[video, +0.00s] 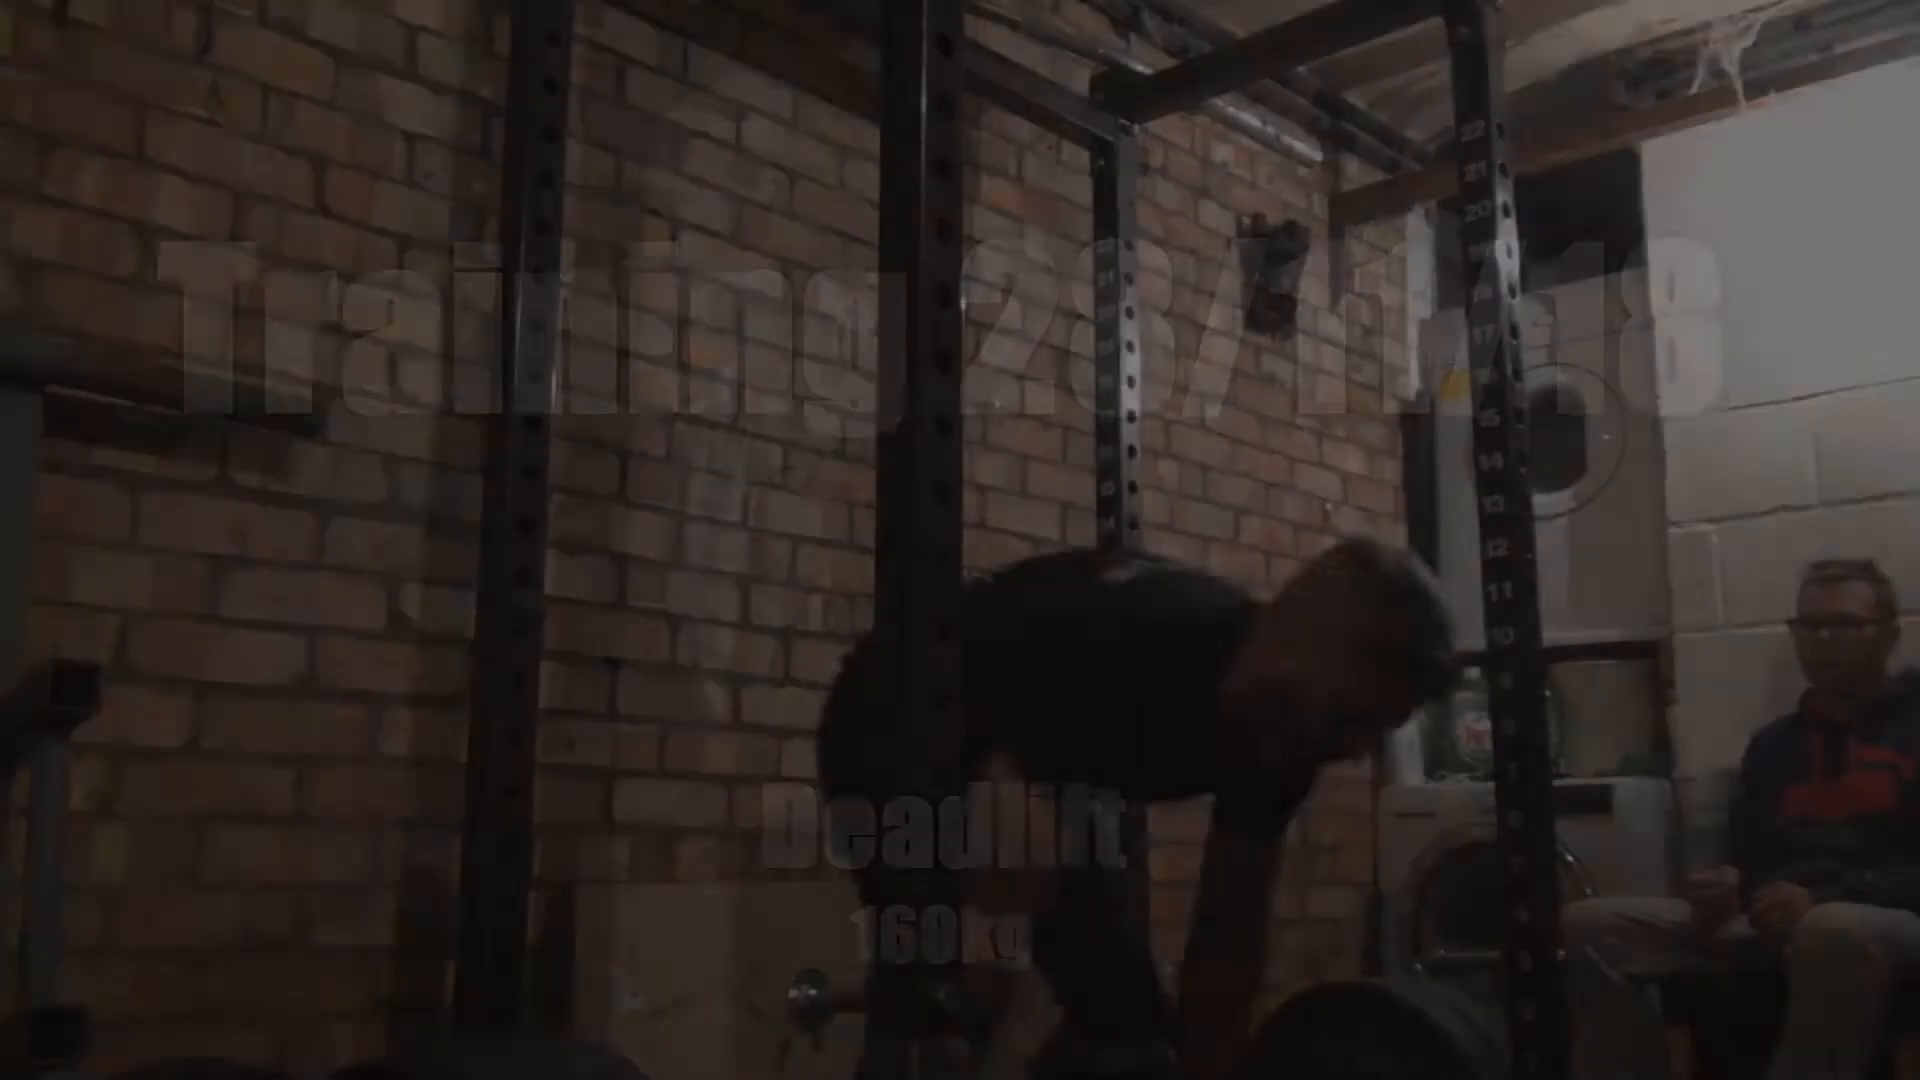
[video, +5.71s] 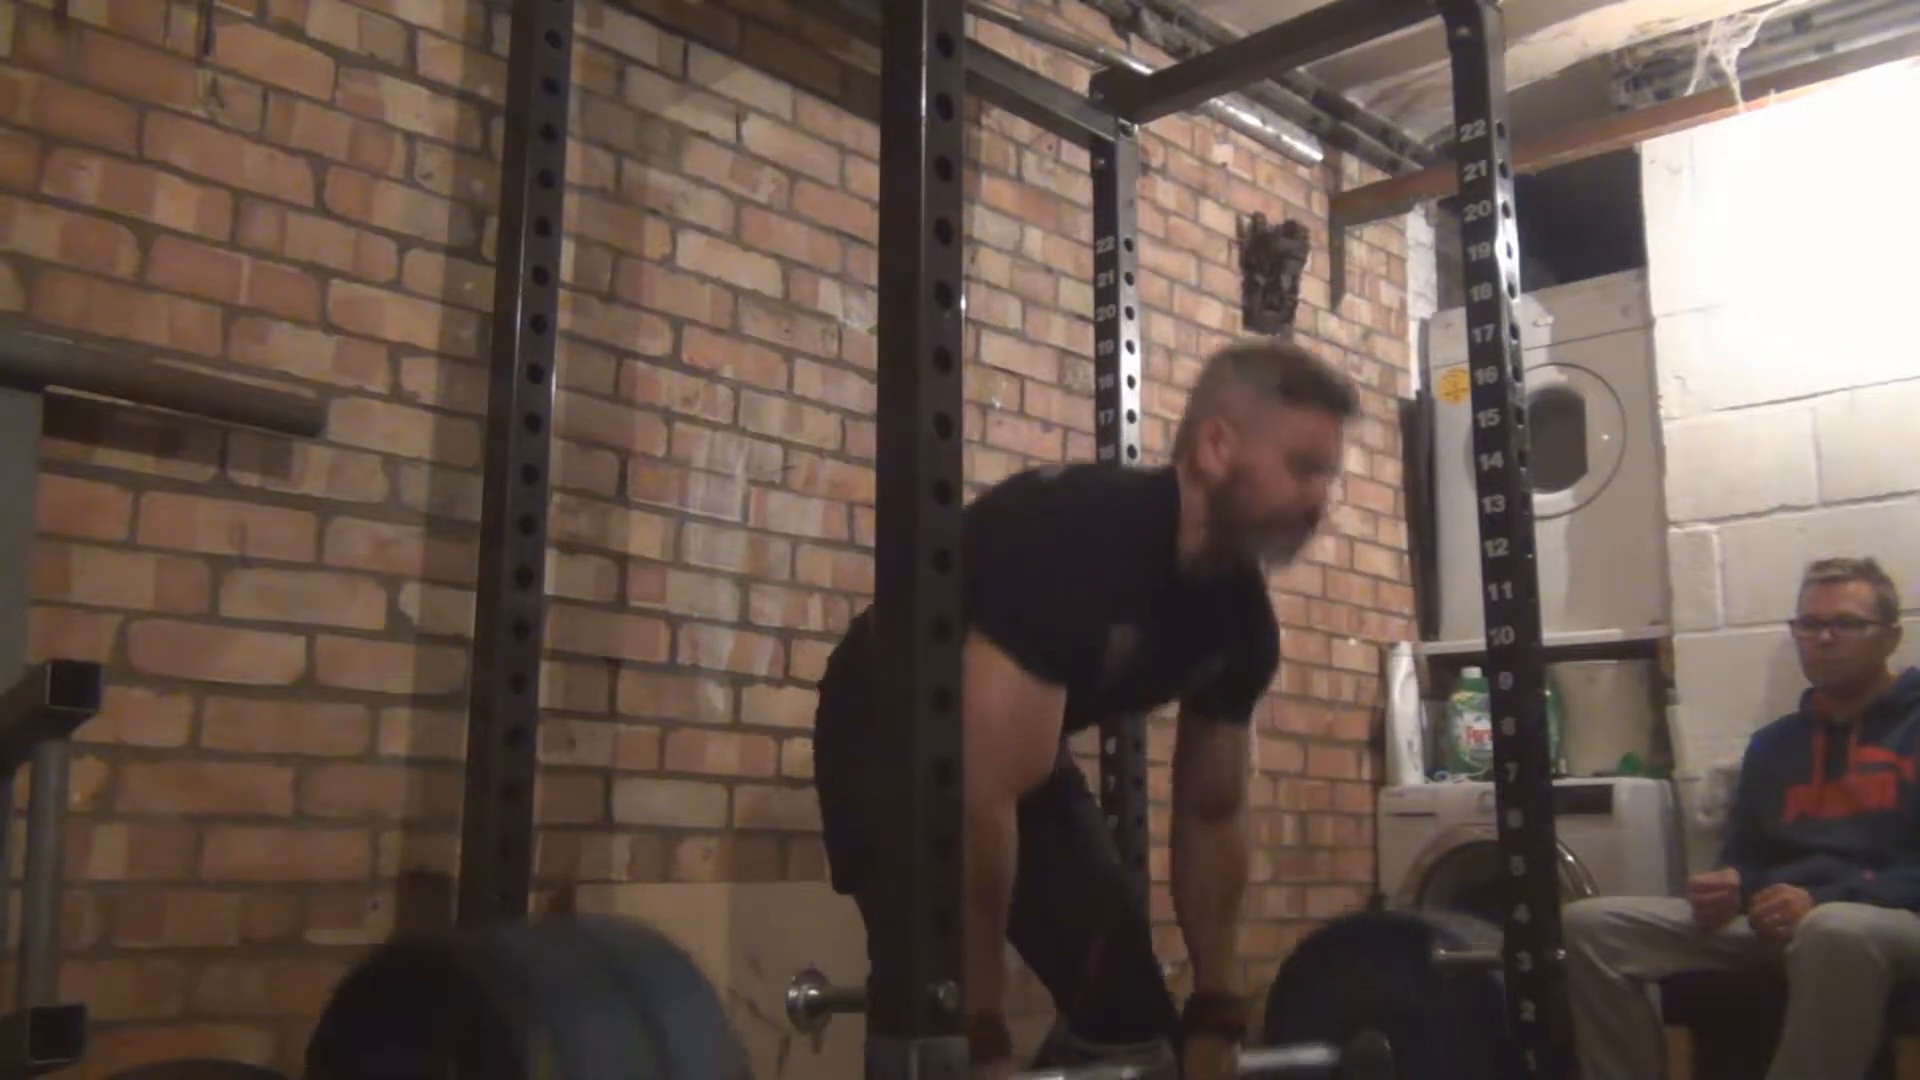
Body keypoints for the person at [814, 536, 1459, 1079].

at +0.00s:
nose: (1353, 752)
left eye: (1370, 733)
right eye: (1349, 717)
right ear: (1296, 630)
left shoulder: (1281, 735)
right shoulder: (1128, 633)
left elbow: (1229, 922)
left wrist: (1213, 1058)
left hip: (1067, 782)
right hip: (903, 732)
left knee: (1126, 1018)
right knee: (936, 1009)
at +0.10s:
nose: (1365, 753)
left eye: (1384, 735)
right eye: (1367, 722)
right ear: (1314, 642)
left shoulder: (1292, 736)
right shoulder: (1144, 638)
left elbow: (1234, 926)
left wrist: (1207, 1060)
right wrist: (958, 1051)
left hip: (1070, 787)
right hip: (914, 737)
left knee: (1128, 1017)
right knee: (939, 1010)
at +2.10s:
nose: (1387, 755)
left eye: (1406, 735)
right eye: (1385, 720)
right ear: (1325, 646)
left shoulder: (1302, 731)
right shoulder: (1146, 650)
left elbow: (1239, 923)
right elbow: (1029, 934)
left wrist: (1210, 1068)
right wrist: (968, 1069)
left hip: (1055, 780)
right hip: (909, 731)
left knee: (1137, 1021)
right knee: (940, 1029)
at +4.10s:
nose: (1387, 729)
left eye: (1407, 707)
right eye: (1382, 694)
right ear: (1317, 625)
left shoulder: (1316, 722)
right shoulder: (1149, 656)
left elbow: (1252, 923)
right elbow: (1027, 914)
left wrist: (1215, 1069)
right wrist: (983, 1068)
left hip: (1063, 764)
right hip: (918, 729)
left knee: (1138, 1021)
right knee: (936, 1011)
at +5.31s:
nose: (1335, 653)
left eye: (1353, 629)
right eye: (1325, 618)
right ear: (1252, 562)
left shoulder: (1261, 706)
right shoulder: (1102, 623)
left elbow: (1224, 899)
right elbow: (996, 886)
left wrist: (1216, 1060)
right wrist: (982, 1064)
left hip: (1028, 769)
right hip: (896, 743)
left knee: (1142, 1012)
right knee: (932, 994)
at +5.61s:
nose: (1317, 550)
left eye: (1327, 527)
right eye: (1302, 518)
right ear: (1217, 484)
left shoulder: (1238, 653)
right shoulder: (1070, 568)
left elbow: (1214, 843)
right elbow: (988, 835)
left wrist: (1218, 1034)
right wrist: (980, 1051)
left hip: (1015, 760)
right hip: (883, 744)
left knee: (1133, 1013)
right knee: (933, 979)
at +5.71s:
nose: (1320, 502)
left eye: (1328, 477)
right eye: (1303, 469)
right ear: (1215, 444)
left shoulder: (1236, 624)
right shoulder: (1069, 536)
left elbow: (1214, 813)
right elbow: (985, 797)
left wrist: (1217, 1005)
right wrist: (984, 1032)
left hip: (1016, 747)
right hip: (885, 732)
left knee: (1124, 1000)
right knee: (929, 992)